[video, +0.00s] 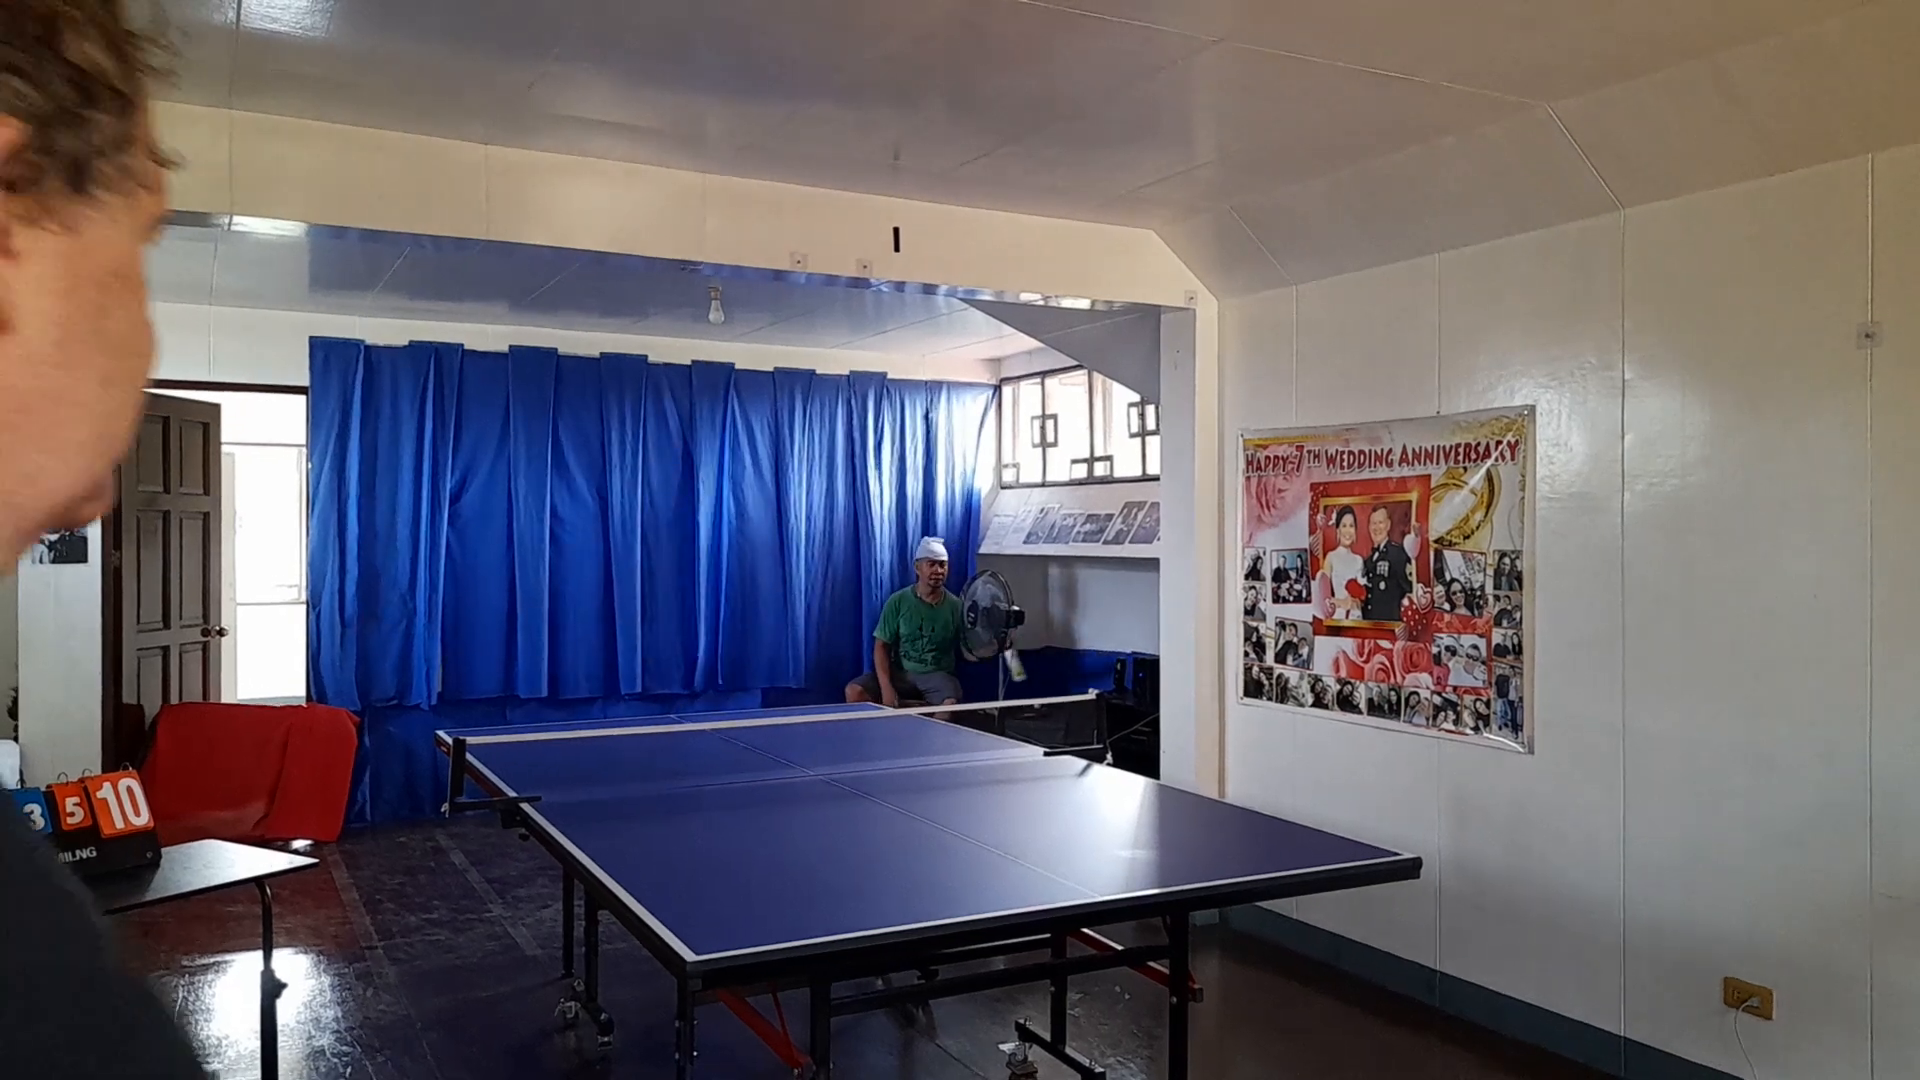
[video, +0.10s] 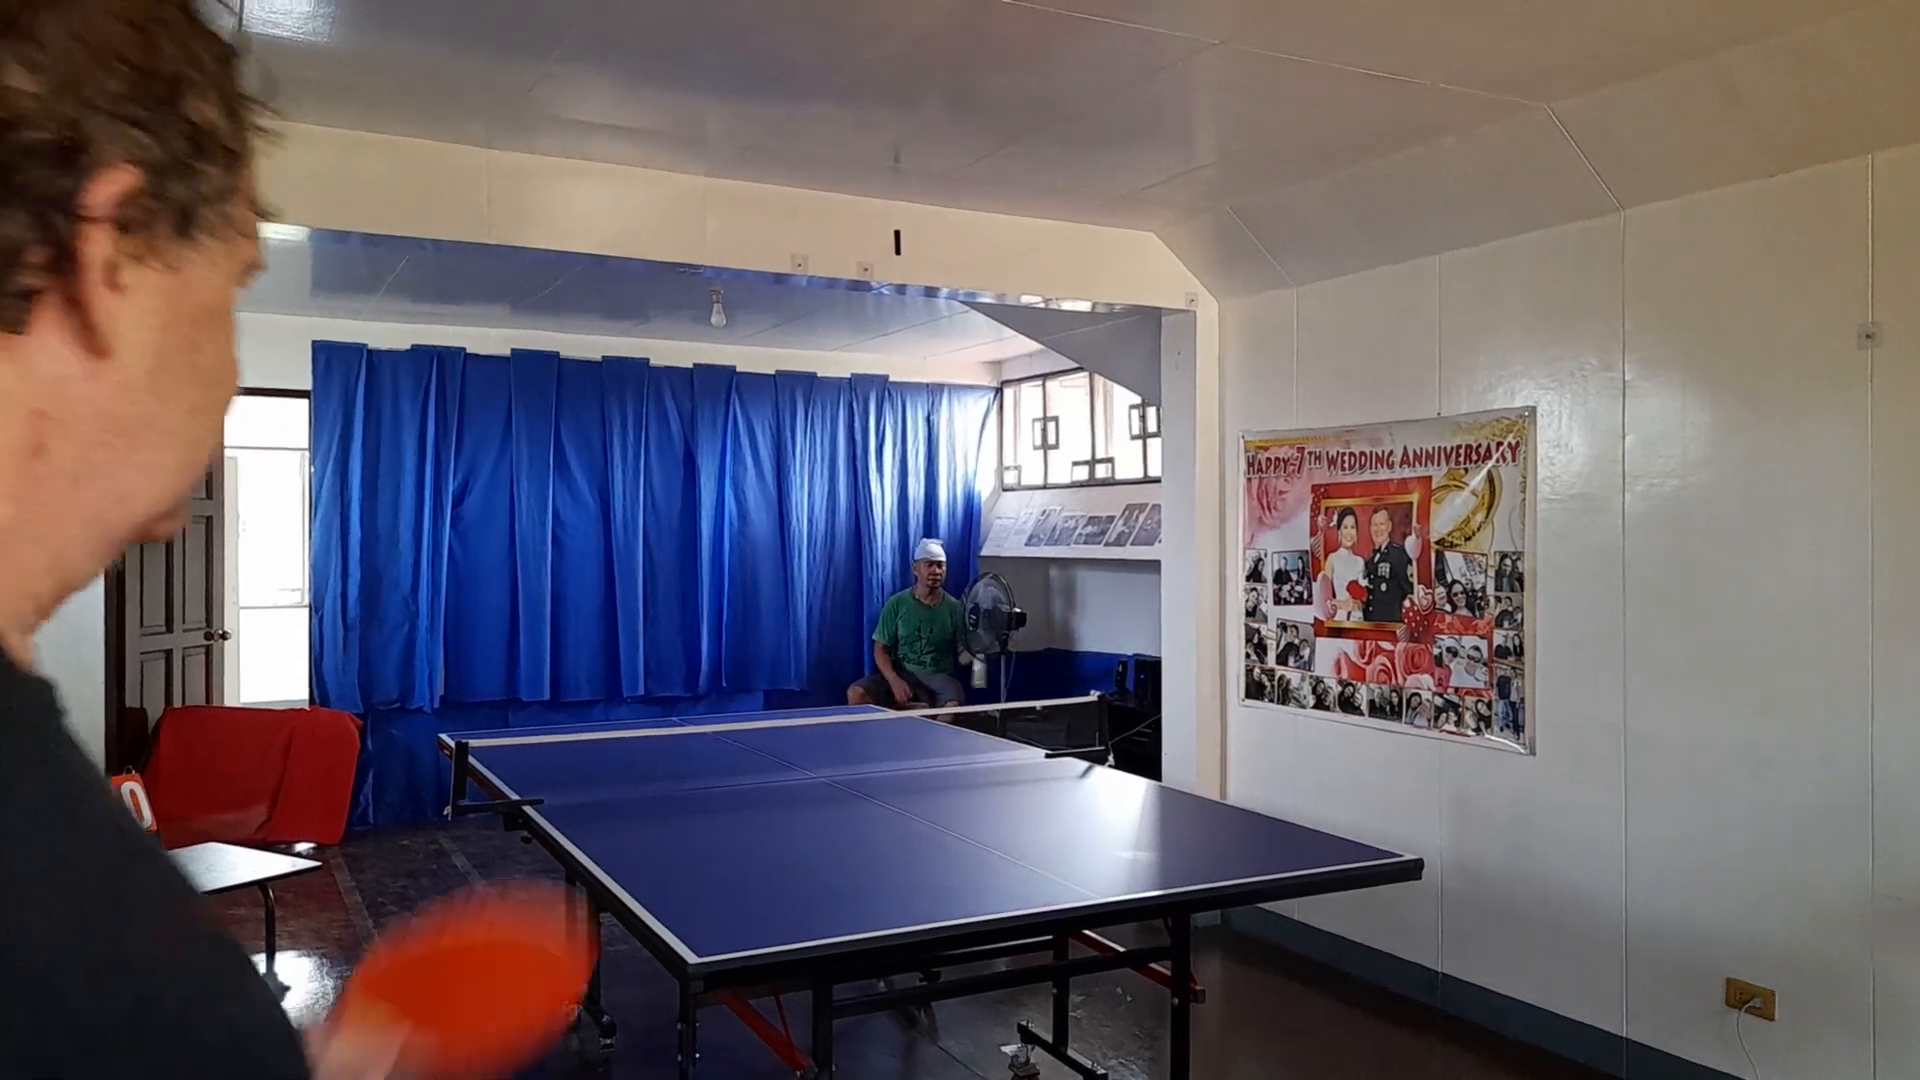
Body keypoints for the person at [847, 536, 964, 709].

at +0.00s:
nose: (938, 570)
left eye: (942, 565)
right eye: (931, 565)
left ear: (947, 568)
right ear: (918, 568)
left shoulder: (956, 606)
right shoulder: (898, 601)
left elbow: (968, 650)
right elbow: (880, 646)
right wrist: (886, 690)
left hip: (936, 675)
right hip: (899, 672)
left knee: (949, 705)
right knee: (854, 691)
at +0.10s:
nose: (936, 571)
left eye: (940, 565)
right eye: (929, 565)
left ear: (945, 569)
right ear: (916, 569)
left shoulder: (955, 608)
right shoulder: (897, 603)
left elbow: (965, 652)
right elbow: (880, 650)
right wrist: (894, 681)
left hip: (939, 676)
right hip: (902, 673)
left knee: (952, 707)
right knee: (857, 693)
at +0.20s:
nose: (929, 568)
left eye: (934, 563)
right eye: (922, 562)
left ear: (939, 568)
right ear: (910, 566)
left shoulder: (950, 606)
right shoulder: (892, 601)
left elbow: (959, 647)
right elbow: (877, 649)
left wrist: (955, 649)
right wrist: (900, 664)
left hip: (933, 678)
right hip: (897, 676)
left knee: (950, 706)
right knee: (854, 692)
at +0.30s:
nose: (921, 566)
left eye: (926, 561)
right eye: (915, 560)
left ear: (933, 567)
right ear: (904, 565)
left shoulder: (946, 605)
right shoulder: (887, 601)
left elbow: (958, 649)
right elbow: (875, 649)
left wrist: (939, 647)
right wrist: (898, 652)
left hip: (932, 676)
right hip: (892, 674)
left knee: (948, 705)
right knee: (851, 691)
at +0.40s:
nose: (916, 568)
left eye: (923, 563)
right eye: (911, 562)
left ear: (931, 568)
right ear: (902, 567)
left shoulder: (945, 606)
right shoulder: (887, 603)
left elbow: (958, 648)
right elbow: (875, 651)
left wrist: (933, 643)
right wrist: (891, 649)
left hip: (932, 678)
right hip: (893, 676)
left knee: (949, 707)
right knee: (852, 694)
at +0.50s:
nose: (909, 565)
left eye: (915, 560)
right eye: (903, 560)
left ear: (927, 565)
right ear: (896, 566)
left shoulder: (941, 603)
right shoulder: (883, 602)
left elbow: (957, 645)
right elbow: (869, 648)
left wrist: (927, 639)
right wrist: (883, 646)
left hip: (931, 676)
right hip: (891, 675)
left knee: (947, 704)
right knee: (850, 691)